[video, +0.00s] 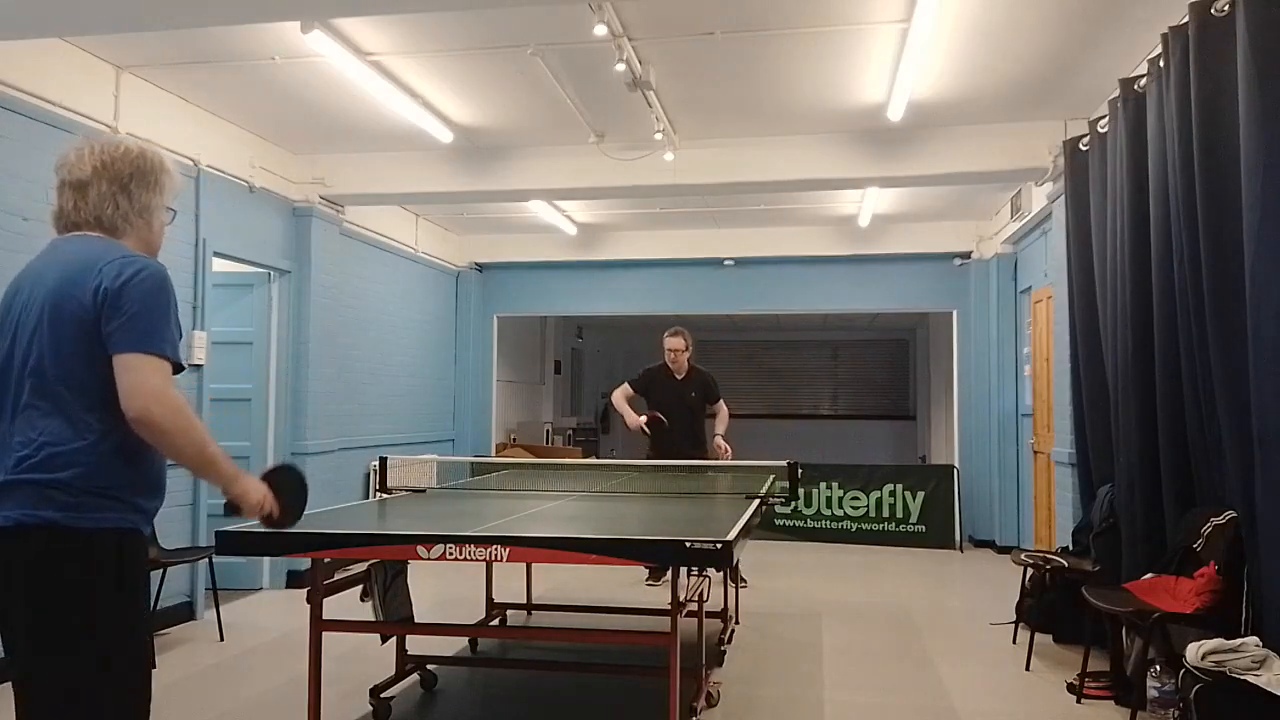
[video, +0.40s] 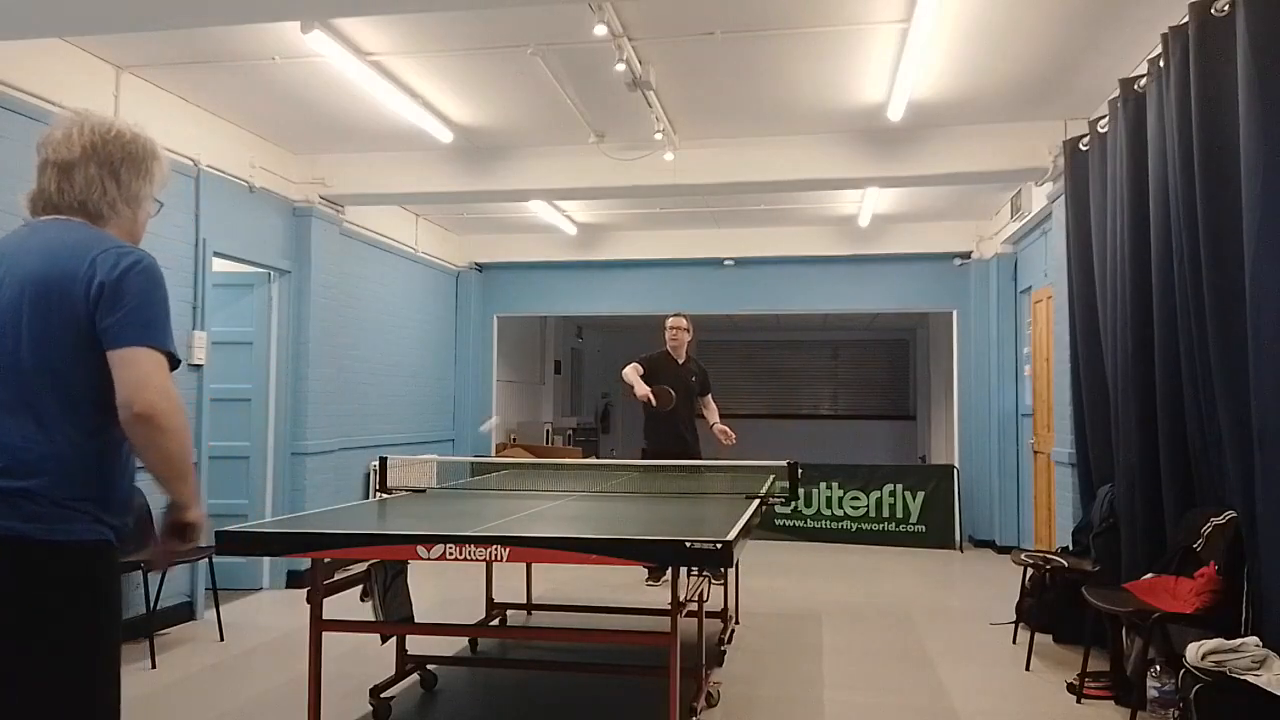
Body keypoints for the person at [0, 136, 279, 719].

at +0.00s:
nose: (166, 230)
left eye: (167, 216)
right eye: (164, 214)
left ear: (75, 206)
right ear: (134, 208)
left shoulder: (26, 279)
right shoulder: (132, 272)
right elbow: (147, 403)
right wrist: (234, 481)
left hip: (17, 533)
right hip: (87, 536)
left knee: (41, 703)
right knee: (105, 703)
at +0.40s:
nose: (152, 218)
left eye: (156, 204)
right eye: (151, 202)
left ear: (52, 185)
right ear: (119, 194)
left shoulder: (12, 248)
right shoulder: (120, 263)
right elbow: (144, 405)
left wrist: (121, 504)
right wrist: (187, 503)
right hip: (59, 547)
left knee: (21, 699)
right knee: (76, 705)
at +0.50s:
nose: (139, 223)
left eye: (144, 209)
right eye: (139, 206)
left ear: (37, 185)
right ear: (109, 197)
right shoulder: (112, 270)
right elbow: (136, 416)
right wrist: (146, 515)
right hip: (45, 548)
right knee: (62, 705)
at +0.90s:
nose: (62, 223)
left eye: (65, 210)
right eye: (62, 209)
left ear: (6, 194)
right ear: (34, 201)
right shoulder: (48, 281)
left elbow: (142, 432)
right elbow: (144, 434)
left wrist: (135, 471)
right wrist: (134, 476)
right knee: (11, 704)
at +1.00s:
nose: (45, 218)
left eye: (47, 204)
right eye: (44, 203)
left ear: (10, 193)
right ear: (23, 198)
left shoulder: (37, 282)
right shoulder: (36, 279)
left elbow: (128, 405)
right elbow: (129, 408)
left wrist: (232, 390)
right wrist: (235, 387)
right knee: (9, 698)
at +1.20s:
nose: (15, 200)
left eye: (17, 184)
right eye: (14, 182)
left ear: (15, 183)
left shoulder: (16, 266)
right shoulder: (11, 266)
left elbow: (78, 396)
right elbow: (81, 398)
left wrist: (202, 419)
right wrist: (208, 420)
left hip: (3, 548)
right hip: (1, 549)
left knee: (19, 696)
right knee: (16, 699)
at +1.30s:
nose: (8, 193)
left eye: (9, 178)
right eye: (7, 177)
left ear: (11, 177)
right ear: (2, 175)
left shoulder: (10, 261)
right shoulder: (6, 261)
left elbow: (36, 400)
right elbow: (36, 402)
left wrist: (163, 461)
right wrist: (168, 460)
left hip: (5, 548)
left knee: (24, 698)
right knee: (22, 703)